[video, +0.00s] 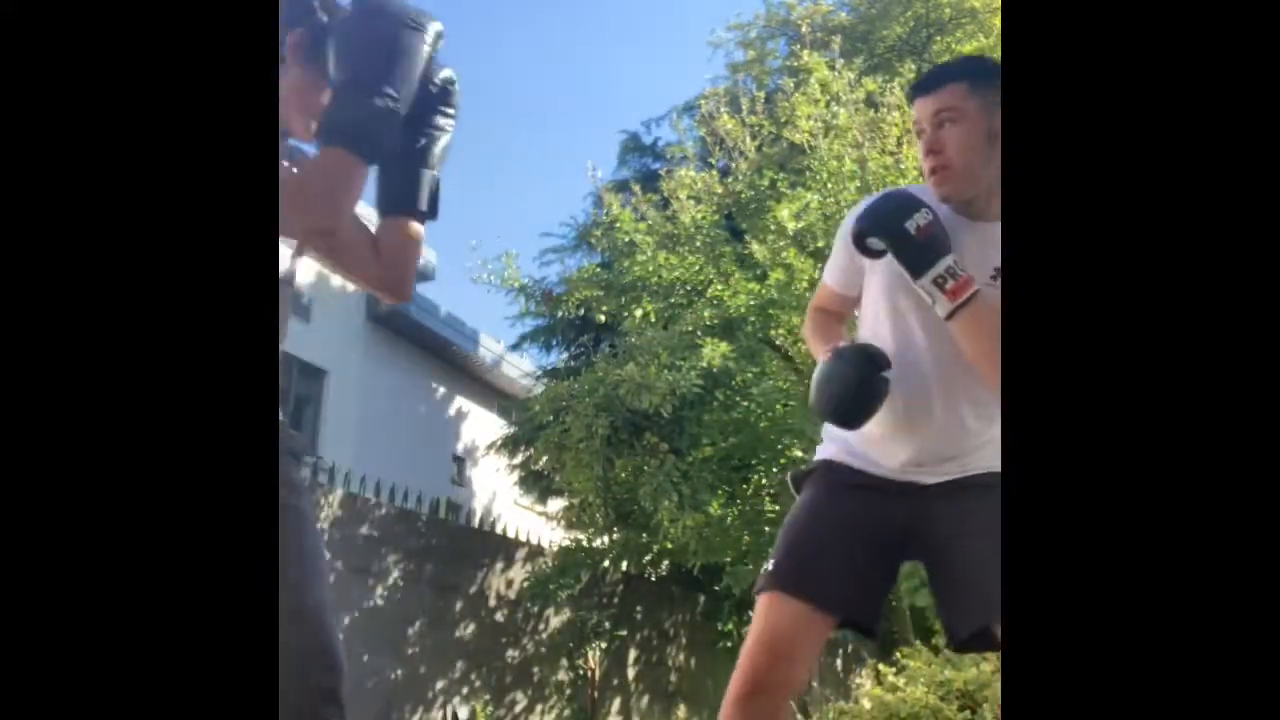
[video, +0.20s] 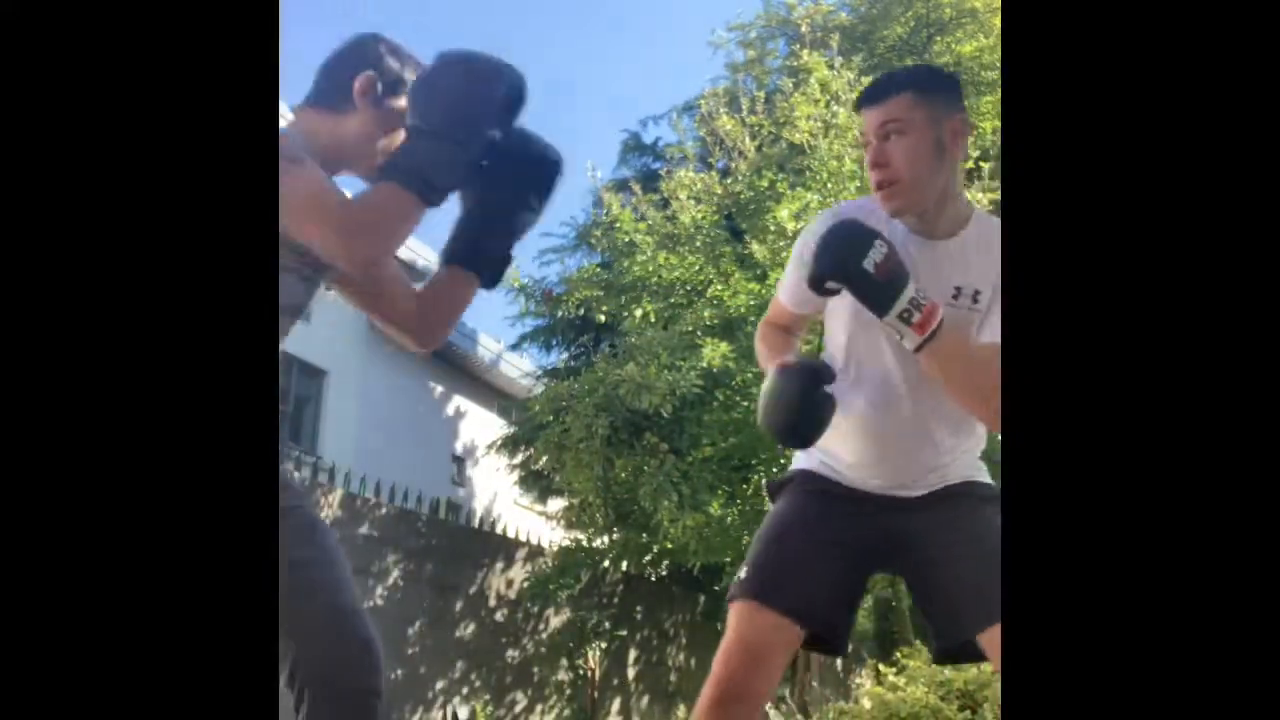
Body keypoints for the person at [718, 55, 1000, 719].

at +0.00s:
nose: (928, 143)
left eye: (946, 121)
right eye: (921, 128)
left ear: (999, 126)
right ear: (914, 139)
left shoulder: (999, 233)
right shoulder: (882, 219)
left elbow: (999, 372)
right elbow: (825, 311)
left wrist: (945, 275)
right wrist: (836, 359)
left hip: (978, 471)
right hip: (858, 467)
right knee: (764, 669)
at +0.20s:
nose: (874, 158)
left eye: (894, 133)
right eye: (867, 141)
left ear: (957, 138)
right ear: (860, 153)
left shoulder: (994, 248)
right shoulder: (841, 230)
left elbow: (995, 406)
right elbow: (777, 327)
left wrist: (904, 303)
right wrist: (785, 373)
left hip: (951, 490)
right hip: (830, 484)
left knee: (1004, 647)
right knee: (734, 681)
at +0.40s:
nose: (843, 143)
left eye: (860, 116)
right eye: (837, 129)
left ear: (928, 115)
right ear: (837, 145)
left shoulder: (989, 230)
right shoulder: (823, 217)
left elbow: (987, 389)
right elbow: (767, 329)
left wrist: (873, 311)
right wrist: (771, 381)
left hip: (943, 478)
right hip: (821, 473)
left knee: (1003, 660)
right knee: (728, 690)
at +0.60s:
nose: (836, 105)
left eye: (850, 78)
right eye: (830, 92)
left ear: (915, 71)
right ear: (833, 109)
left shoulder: (988, 193)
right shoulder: (827, 202)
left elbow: (988, 336)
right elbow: (811, 311)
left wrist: (864, 262)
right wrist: (785, 337)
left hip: (958, 458)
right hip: (831, 450)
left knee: (1004, 649)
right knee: (731, 634)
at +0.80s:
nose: (745, 124)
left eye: (755, 97)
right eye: (733, 112)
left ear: (804, 80)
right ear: (728, 124)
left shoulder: (900, 159)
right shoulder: (760, 233)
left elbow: (823, 254)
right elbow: (727, 363)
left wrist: (746, 150)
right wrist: (680, 243)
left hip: (944, 457)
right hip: (818, 463)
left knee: (997, 667)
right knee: (731, 675)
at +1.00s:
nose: (669, 141)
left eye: (677, 118)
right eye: (660, 133)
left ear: (723, 98)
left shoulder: (832, 155)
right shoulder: (703, 236)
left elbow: (748, 244)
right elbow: (650, 339)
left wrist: (657, 149)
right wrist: (618, 207)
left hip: (928, 452)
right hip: (801, 464)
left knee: (1001, 665)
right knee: (692, 663)